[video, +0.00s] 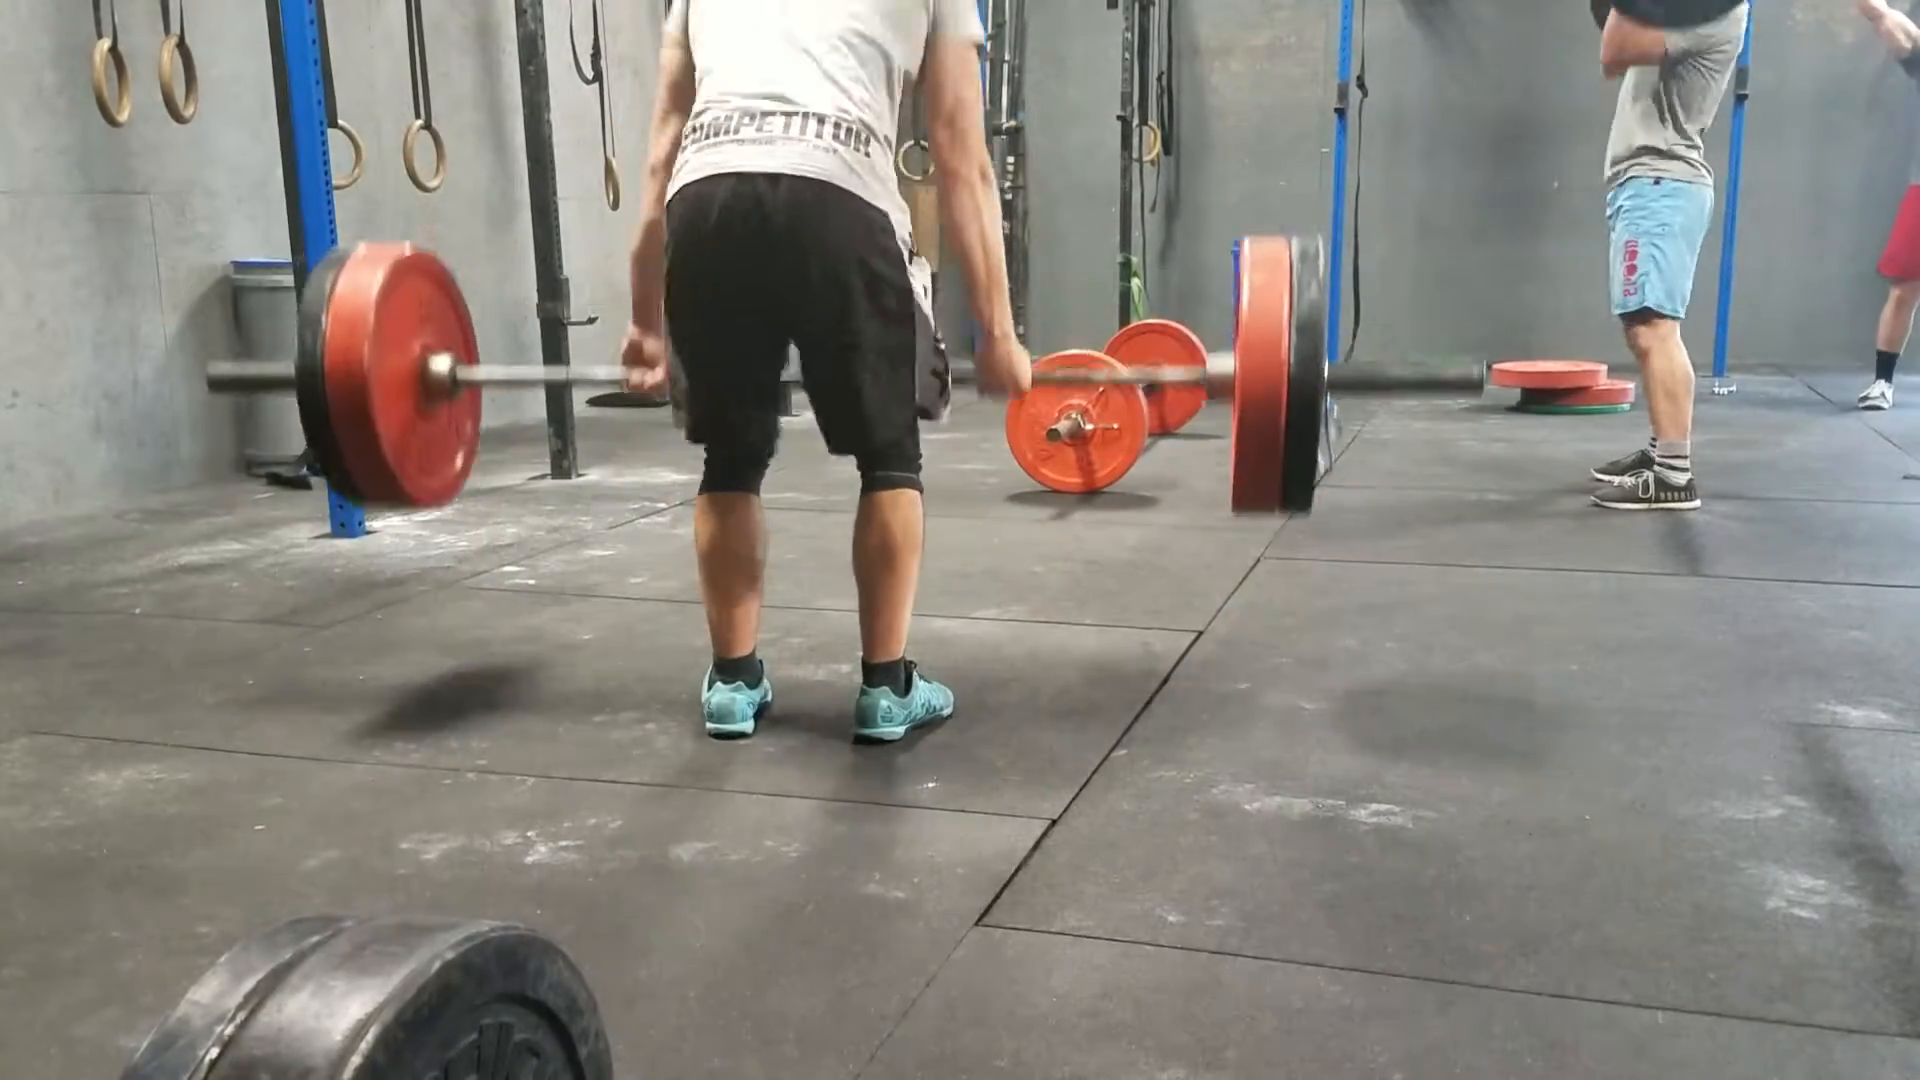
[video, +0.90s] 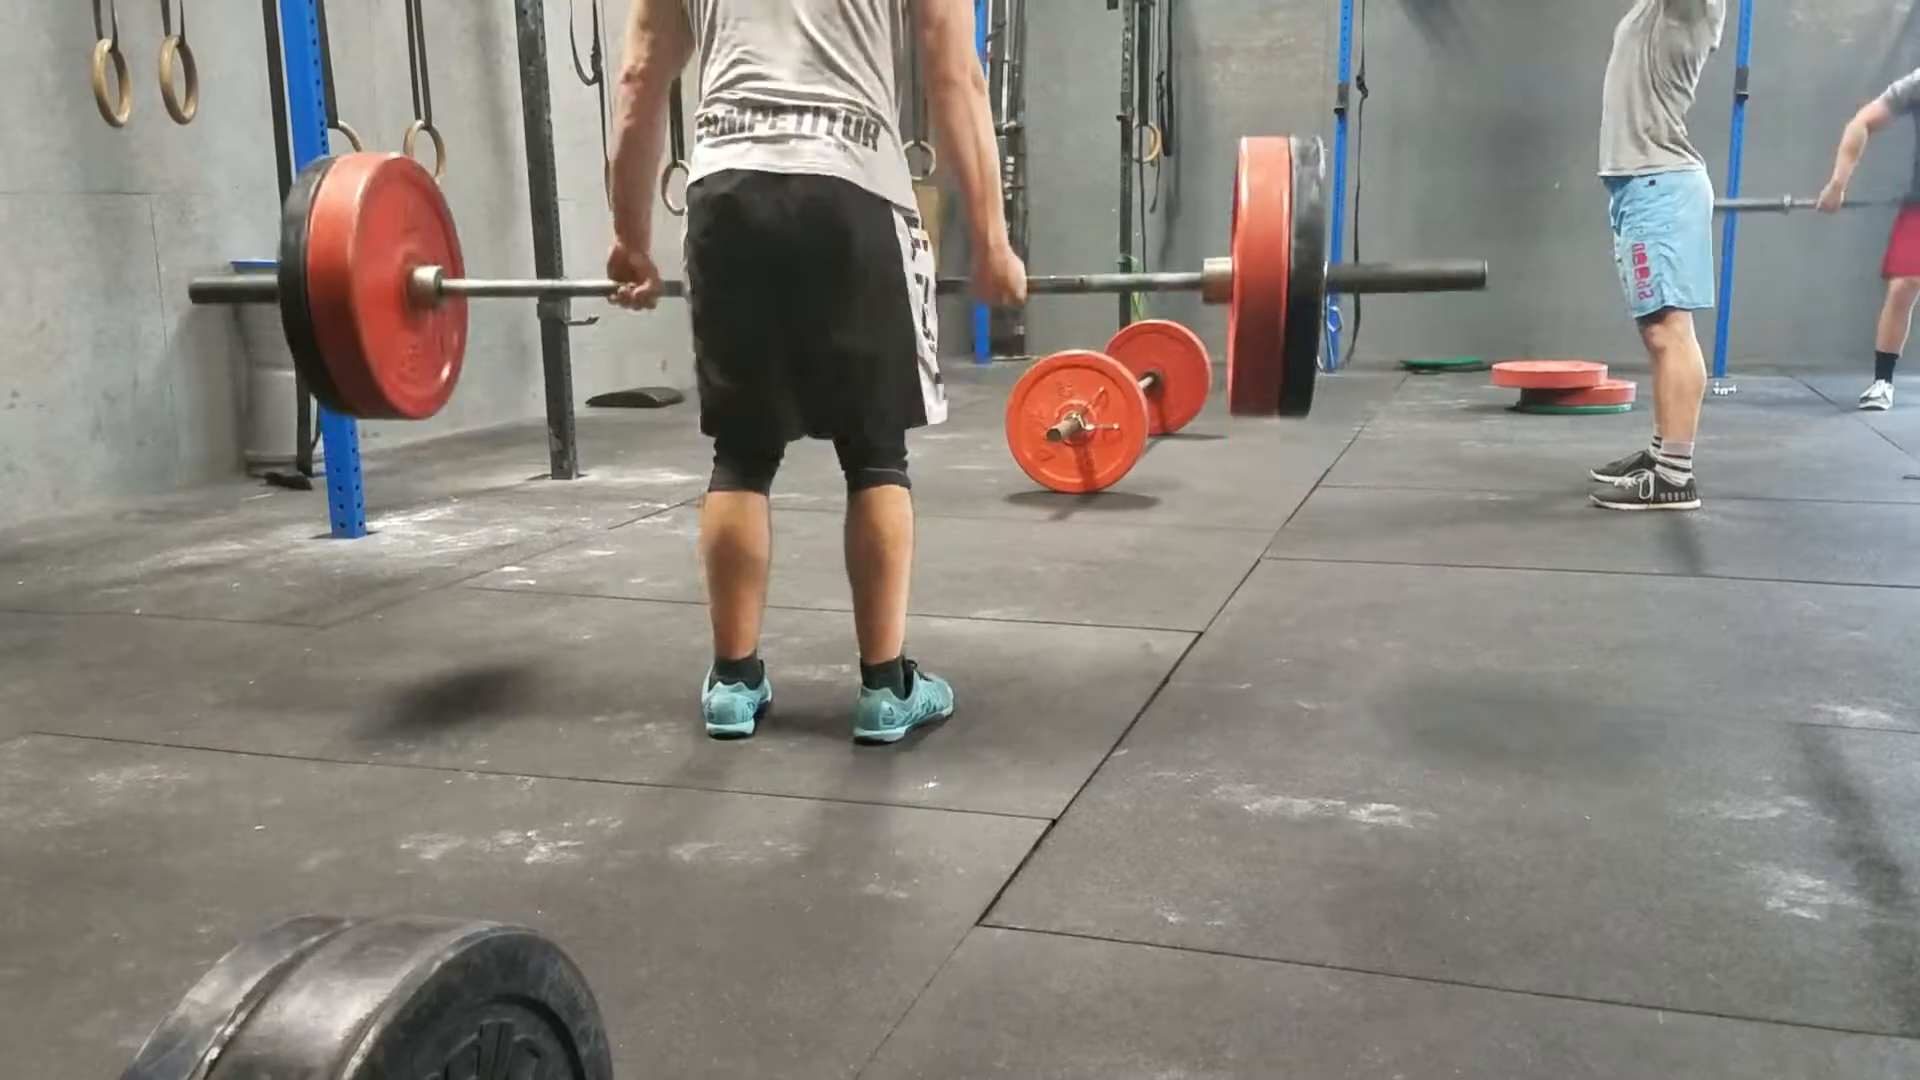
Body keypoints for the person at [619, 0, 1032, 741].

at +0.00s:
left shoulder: (697, 6)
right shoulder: (934, 5)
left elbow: (662, 166)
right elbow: (962, 167)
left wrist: (647, 322)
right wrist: (998, 331)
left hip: (708, 209)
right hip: (839, 209)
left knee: (729, 458)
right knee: (889, 456)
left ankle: (731, 682)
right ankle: (885, 686)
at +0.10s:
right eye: (920, 20)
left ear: (805, 3)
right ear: (902, 8)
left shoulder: (727, 41)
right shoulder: (932, 57)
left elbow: (676, 235)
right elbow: (963, 258)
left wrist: (652, 405)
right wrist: (1000, 423)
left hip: (703, 217)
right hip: (833, 220)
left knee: (720, 471)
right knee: (897, 463)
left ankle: (732, 683)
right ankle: (884, 686)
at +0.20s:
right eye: (911, 108)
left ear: (816, 95)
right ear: (905, 104)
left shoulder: (744, 127)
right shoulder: (933, 160)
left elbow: (680, 358)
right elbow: (968, 352)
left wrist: (658, 494)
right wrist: (1002, 509)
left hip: (695, 248)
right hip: (836, 255)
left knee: (725, 471)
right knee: (908, 469)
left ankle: (734, 683)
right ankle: (886, 686)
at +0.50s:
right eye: (914, 76)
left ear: (821, 51)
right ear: (906, 67)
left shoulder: (740, 86)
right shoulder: (930, 113)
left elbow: (665, 300)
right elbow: (965, 280)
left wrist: (649, 433)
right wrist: (999, 440)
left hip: (702, 207)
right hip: (835, 214)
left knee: (734, 465)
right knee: (891, 461)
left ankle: (732, 681)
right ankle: (885, 686)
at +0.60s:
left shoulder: (725, 22)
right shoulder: (932, 31)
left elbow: (663, 220)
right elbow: (964, 208)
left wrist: (643, 357)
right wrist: (998, 363)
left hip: (709, 187)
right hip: (835, 187)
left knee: (731, 456)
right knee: (884, 454)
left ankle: (731, 680)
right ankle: (885, 685)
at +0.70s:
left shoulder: (694, 6)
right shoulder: (936, 5)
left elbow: (660, 145)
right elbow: (961, 134)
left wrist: (639, 281)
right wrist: (997, 288)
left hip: (720, 172)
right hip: (843, 173)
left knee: (735, 447)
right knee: (876, 448)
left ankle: (732, 681)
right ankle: (884, 685)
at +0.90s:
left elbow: (642, 74)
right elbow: (953, 74)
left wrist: (628, 233)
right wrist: (992, 239)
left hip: (728, 196)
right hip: (853, 197)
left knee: (739, 451)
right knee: (877, 456)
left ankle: (732, 683)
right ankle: (885, 686)